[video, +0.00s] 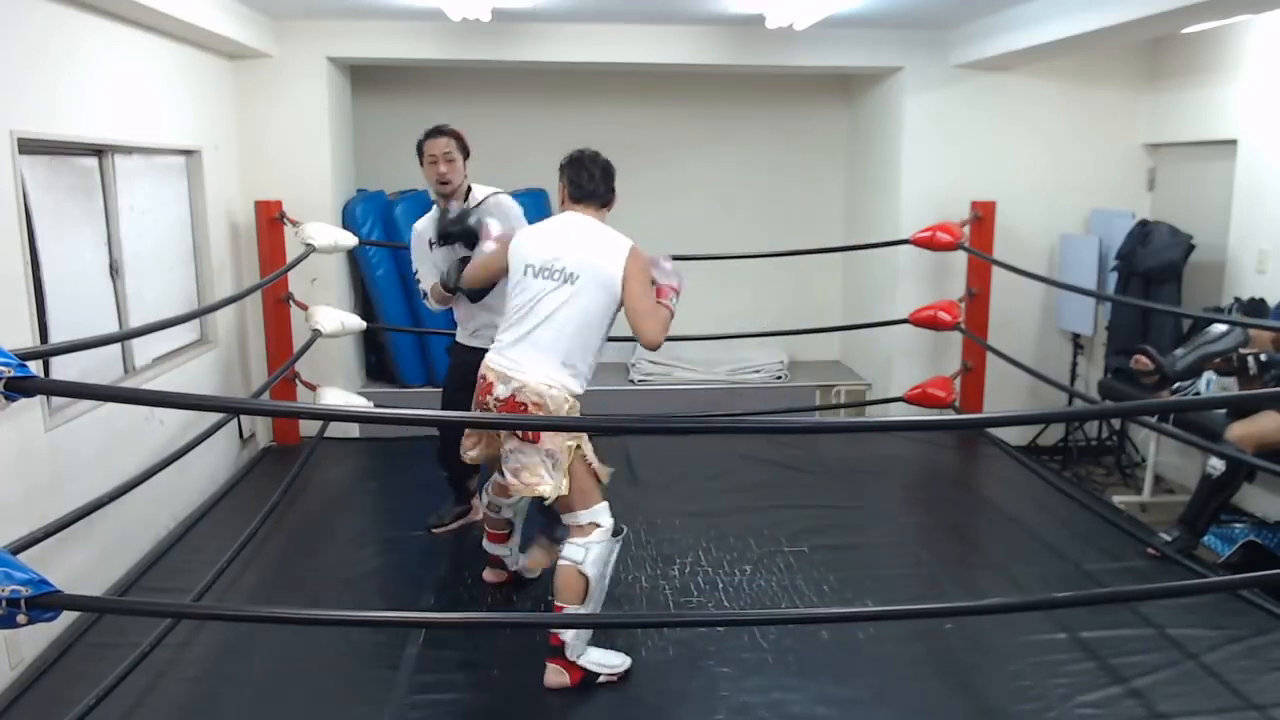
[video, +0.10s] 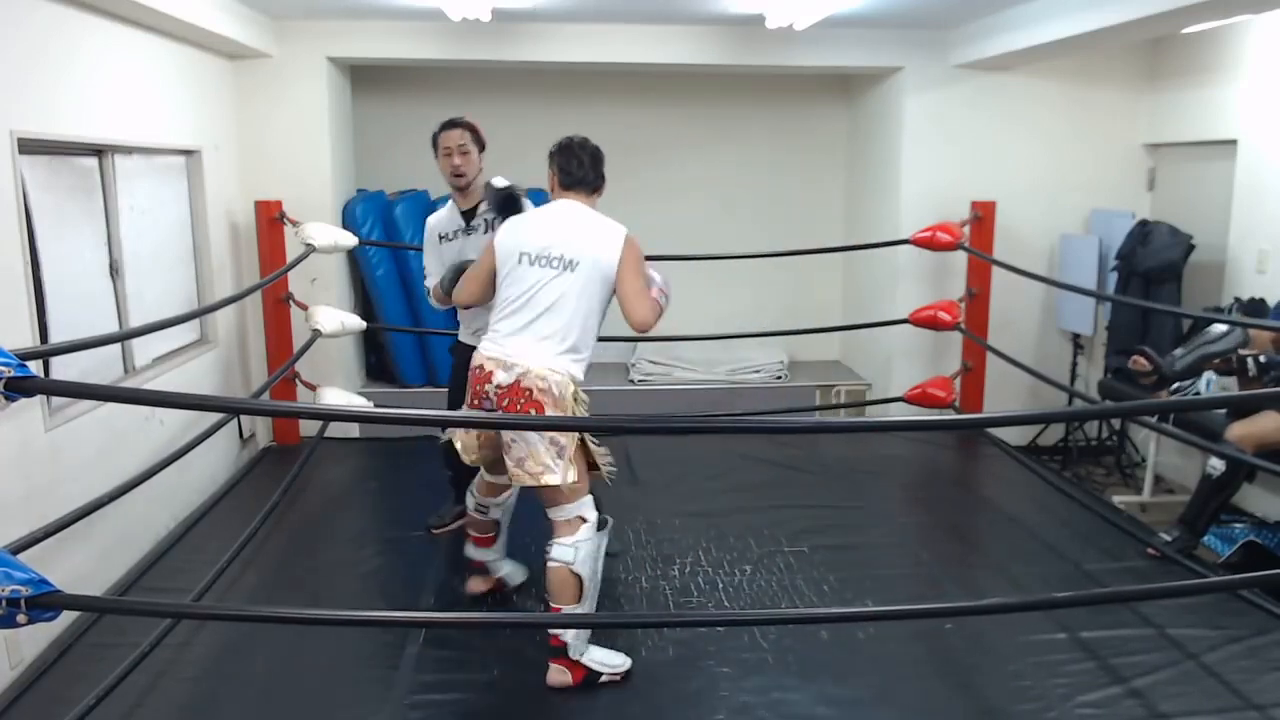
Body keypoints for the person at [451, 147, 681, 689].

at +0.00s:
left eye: (560, 189)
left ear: (561, 193)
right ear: (612, 199)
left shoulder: (527, 237)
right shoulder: (624, 253)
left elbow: (470, 279)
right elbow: (652, 335)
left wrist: (497, 253)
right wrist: (667, 298)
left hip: (492, 386)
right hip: (546, 403)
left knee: (506, 471)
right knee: (592, 526)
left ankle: (499, 562)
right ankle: (566, 656)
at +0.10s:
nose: (554, 183)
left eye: (551, 175)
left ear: (551, 180)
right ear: (602, 186)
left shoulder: (513, 229)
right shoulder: (617, 239)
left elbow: (467, 296)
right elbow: (641, 319)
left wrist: (513, 278)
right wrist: (658, 295)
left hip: (486, 381)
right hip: (547, 394)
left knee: (495, 468)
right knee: (571, 522)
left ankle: (482, 566)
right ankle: (568, 654)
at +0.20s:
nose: (528, 176)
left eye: (529, 168)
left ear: (535, 172)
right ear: (588, 177)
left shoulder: (502, 220)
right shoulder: (604, 232)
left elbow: (458, 279)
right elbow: (642, 313)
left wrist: (495, 276)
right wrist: (644, 272)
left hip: (481, 381)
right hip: (543, 390)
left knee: (482, 474)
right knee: (582, 516)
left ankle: (462, 585)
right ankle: (565, 649)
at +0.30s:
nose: (507, 172)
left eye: (516, 166)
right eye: (579, 174)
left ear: (525, 171)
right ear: (581, 177)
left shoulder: (492, 218)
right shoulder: (594, 239)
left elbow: (469, 246)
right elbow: (632, 310)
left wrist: (525, 219)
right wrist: (621, 253)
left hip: (481, 381)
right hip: (547, 391)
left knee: (477, 485)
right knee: (598, 518)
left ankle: (467, 587)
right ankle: (555, 632)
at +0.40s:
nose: (584, 183)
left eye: (520, 166)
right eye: (587, 177)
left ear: (527, 173)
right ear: (583, 179)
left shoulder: (487, 224)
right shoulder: (596, 241)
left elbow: (487, 250)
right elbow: (630, 307)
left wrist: (551, 220)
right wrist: (614, 250)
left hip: (486, 391)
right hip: (554, 403)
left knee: (483, 493)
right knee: (591, 540)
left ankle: (471, 586)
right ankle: (550, 672)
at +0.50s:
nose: (593, 192)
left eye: (531, 182)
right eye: (593, 185)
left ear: (533, 188)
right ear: (594, 189)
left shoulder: (499, 241)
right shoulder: (611, 257)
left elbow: (479, 286)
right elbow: (650, 323)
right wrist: (637, 274)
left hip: (494, 412)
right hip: (558, 425)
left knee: (483, 512)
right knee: (569, 577)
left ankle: (474, 588)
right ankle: (532, 700)